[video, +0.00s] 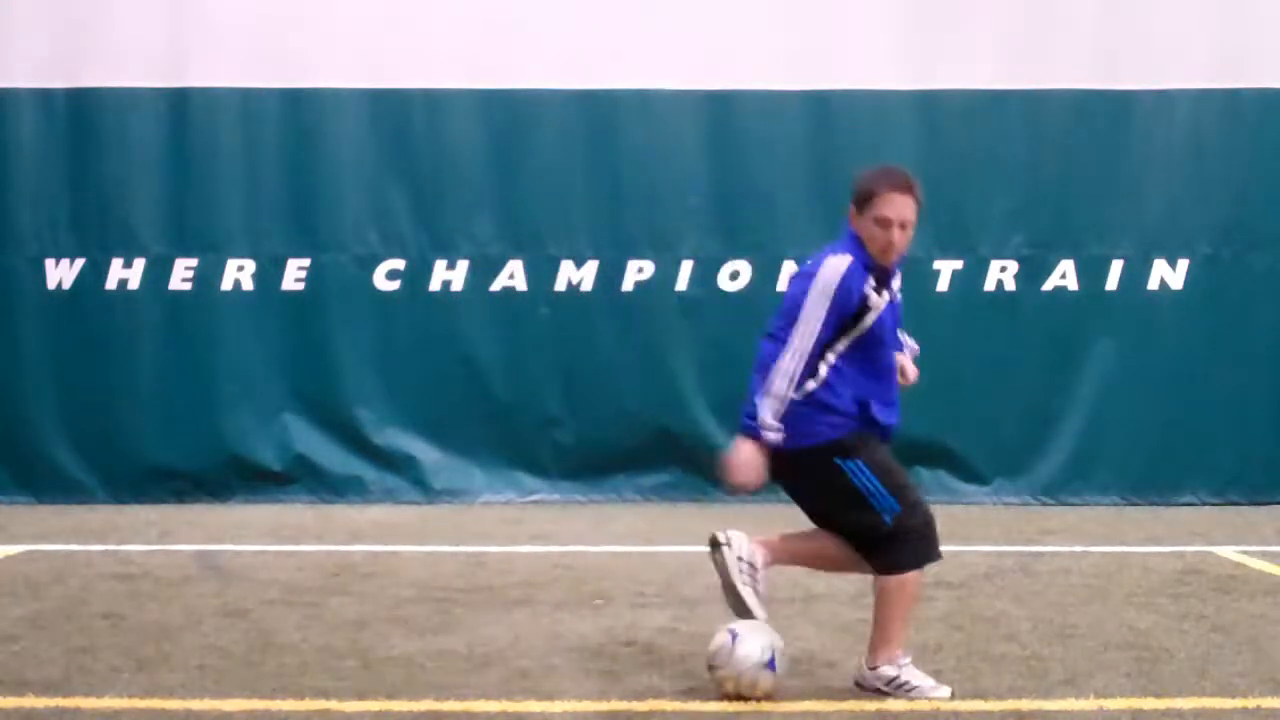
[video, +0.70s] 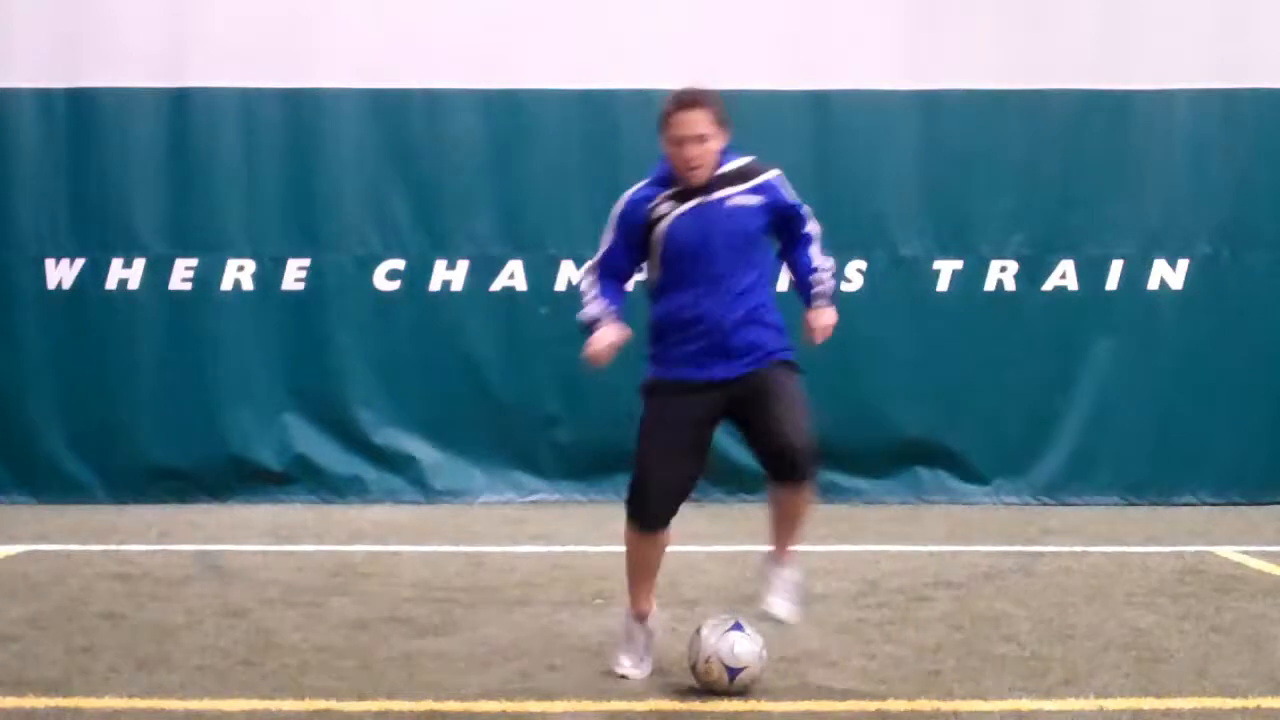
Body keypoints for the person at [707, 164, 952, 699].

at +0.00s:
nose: (895, 239)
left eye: (905, 227)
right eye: (883, 224)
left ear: (915, 226)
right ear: (857, 219)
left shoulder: (884, 273)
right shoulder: (835, 271)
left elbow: (879, 324)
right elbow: (793, 350)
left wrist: (897, 351)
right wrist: (758, 433)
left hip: (846, 434)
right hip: (817, 437)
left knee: (885, 546)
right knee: (909, 531)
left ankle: (756, 552)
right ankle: (885, 664)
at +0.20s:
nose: (876, 199)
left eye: (885, 188)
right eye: (863, 186)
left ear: (895, 188)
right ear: (837, 183)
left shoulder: (884, 231)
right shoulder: (803, 229)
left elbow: (888, 292)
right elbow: (743, 294)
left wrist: (916, 337)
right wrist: (730, 366)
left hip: (852, 403)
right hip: (801, 403)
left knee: (897, 508)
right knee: (877, 513)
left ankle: (764, 551)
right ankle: (883, 659)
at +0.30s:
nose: (853, 170)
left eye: (864, 159)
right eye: (842, 157)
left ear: (876, 159)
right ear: (818, 154)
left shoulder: (878, 209)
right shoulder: (781, 200)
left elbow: (880, 278)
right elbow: (713, 256)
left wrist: (894, 327)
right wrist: (706, 335)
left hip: (842, 378)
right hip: (779, 375)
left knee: (871, 494)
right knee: (831, 493)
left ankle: (785, 590)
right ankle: (875, 631)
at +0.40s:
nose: (824, 172)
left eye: (836, 161)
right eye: (813, 159)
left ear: (850, 161)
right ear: (792, 155)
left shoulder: (860, 215)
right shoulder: (756, 210)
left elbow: (865, 285)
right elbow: (697, 276)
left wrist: (867, 340)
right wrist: (709, 342)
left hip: (832, 387)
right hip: (760, 385)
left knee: (837, 521)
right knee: (782, 503)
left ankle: (831, 644)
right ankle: (793, 622)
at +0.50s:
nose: (783, 177)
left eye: (794, 166)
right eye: (771, 166)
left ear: (813, 168)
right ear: (754, 168)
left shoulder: (835, 223)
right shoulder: (722, 224)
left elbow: (847, 287)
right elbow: (673, 287)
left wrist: (860, 343)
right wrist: (687, 316)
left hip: (818, 402)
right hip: (740, 398)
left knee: (835, 528)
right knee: (709, 503)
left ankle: (824, 644)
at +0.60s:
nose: (736, 150)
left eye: (746, 139)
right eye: (725, 140)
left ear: (766, 138)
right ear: (708, 142)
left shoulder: (797, 188)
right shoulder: (682, 198)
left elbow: (823, 253)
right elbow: (636, 263)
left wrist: (837, 303)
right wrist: (643, 297)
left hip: (792, 375)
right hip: (712, 373)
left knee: (818, 504)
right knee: (673, 487)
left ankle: (822, 627)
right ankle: (627, 619)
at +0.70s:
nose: (690, 151)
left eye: (700, 139)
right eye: (678, 141)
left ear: (723, 137)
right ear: (663, 144)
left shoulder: (762, 183)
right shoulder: (643, 204)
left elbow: (803, 237)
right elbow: (603, 278)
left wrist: (820, 297)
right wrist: (607, 319)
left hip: (759, 363)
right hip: (680, 375)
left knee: (794, 456)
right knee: (650, 501)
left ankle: (783, 566)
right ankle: (638, 624)